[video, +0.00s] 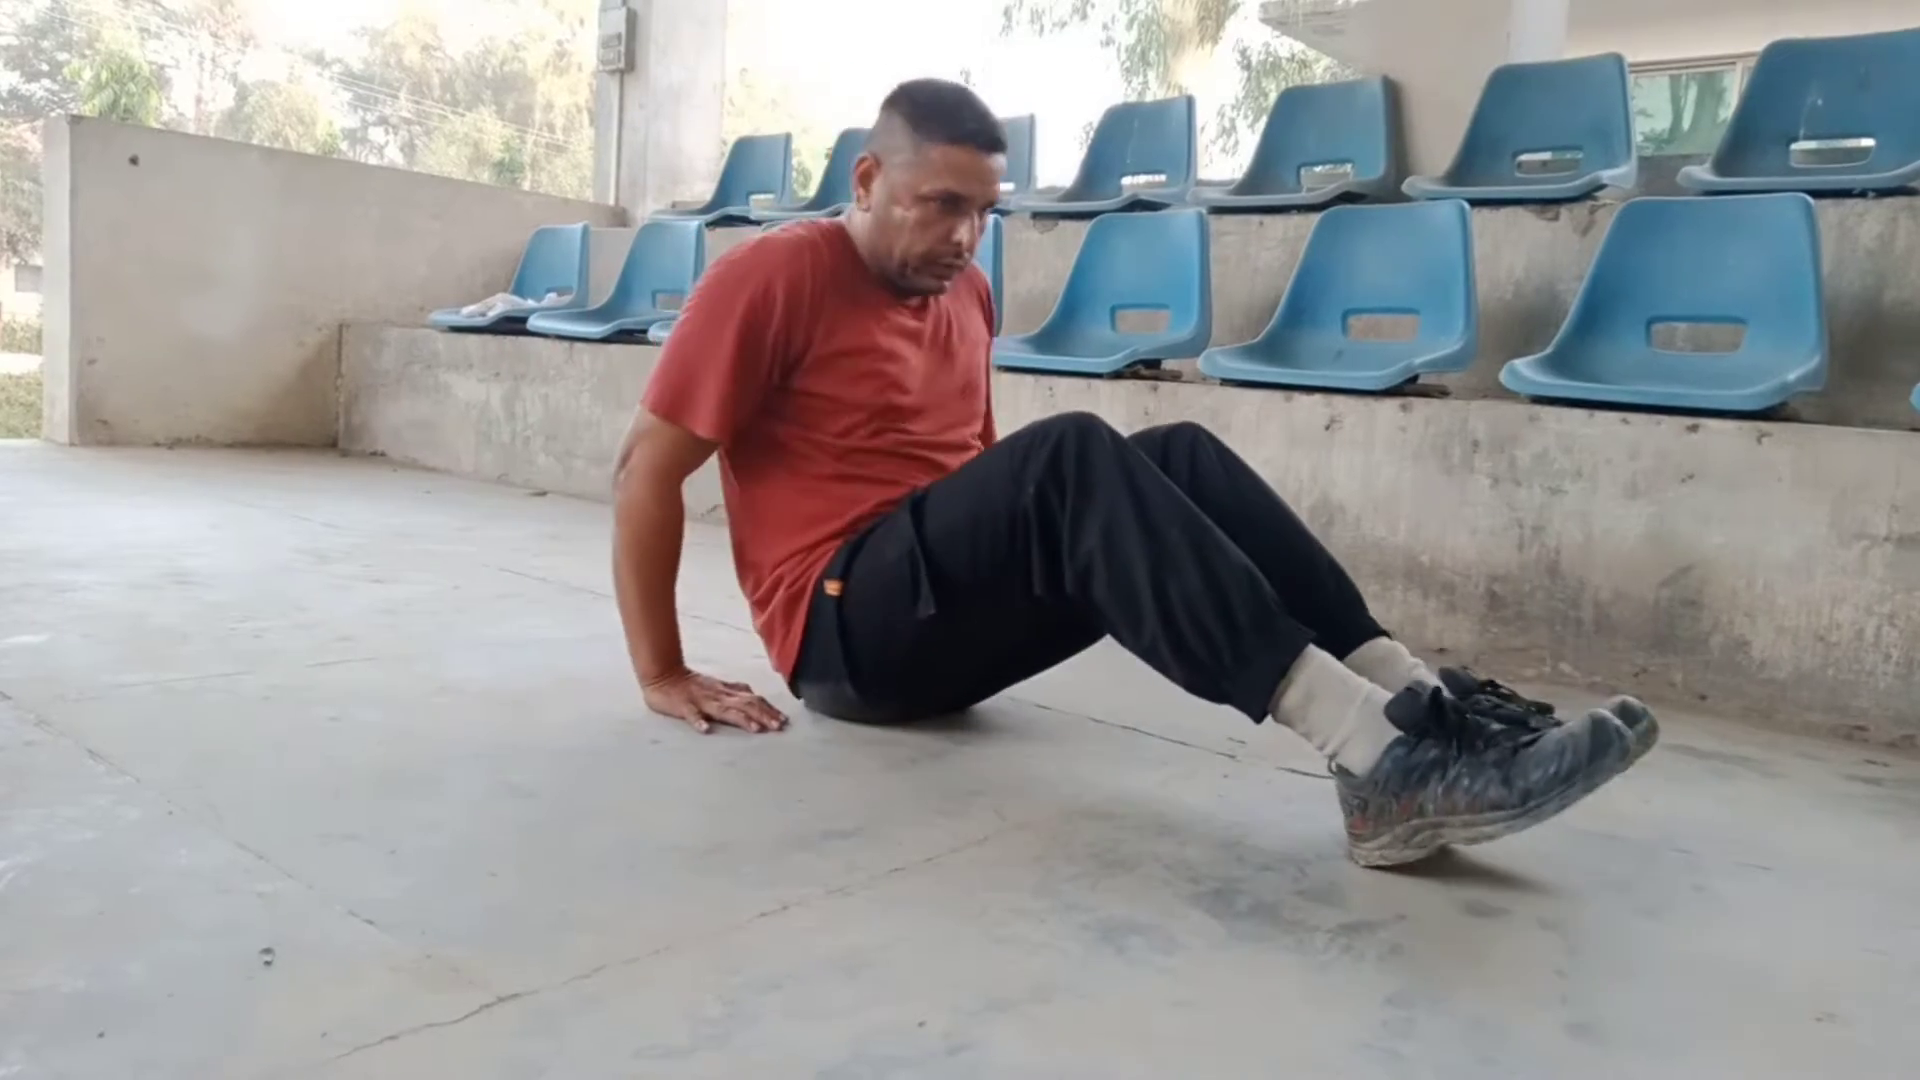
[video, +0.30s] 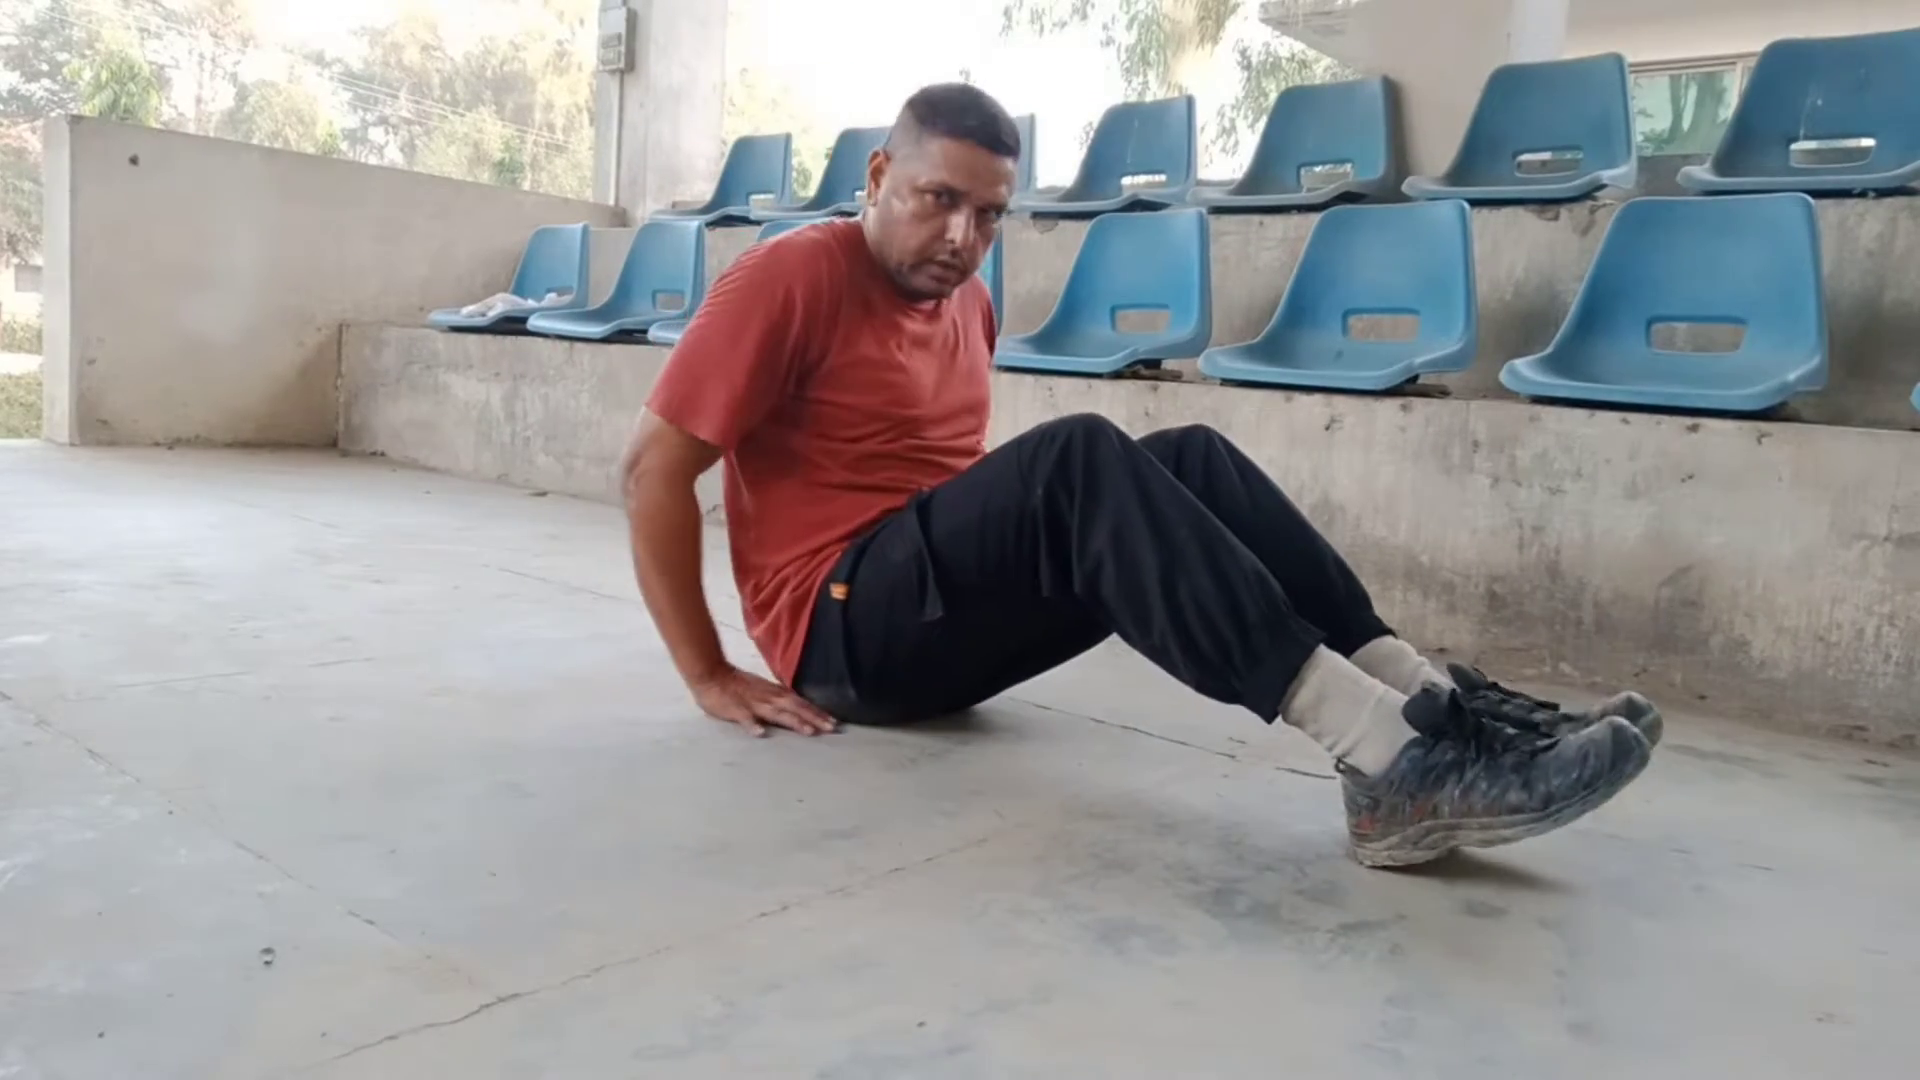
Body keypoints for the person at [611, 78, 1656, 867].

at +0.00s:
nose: (961, 235)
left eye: (978, 211)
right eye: (940, 205)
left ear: (985, 202)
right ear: (867, 183)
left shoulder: (962, 287)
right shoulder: (769, 275)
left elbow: (965, 455)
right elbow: (650, 462)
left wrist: (995, 601)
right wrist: (660, 677)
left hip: (948, 617)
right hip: (844, 627)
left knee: (1179, 454)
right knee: (1068, 451)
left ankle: (1434, 711)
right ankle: (1371, 759)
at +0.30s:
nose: (962, 234)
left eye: (986, 213)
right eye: (941, 202)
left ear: (1002, 213)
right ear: (875, 183)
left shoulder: (968, 298)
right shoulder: (789, 274)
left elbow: (931, 466)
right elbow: (655, 468)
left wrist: (936, 625)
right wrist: (705, 677)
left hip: (941, 618)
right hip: (838, 627)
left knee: (1189, 457)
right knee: (1073, 453)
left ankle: (1440, 708)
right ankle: (1380, 759)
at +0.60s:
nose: (969, 236)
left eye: (988, 212)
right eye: (946, 205)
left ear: (998, 206)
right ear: (874, 185)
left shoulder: (970, 298)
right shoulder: (786, 276)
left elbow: (929, 469)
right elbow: (662, 475)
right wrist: (709, 679)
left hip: (947, 617)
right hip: (843, 628)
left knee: (1196, 460)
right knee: (1071, 453)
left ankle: (1449, 708)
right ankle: (1375, 756)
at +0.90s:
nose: (959, 222)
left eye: (972, 199)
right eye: (938, 194)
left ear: (973, 197)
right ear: (859, 182)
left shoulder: (949, 300)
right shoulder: (763, 278)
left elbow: (932, 471)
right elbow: (656, 480)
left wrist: (910, 640)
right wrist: (710, 681)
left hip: (935, 613)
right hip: (839, 624)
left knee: (1178, 455)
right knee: (1078, 453)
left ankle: (1433, 707)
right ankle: (1379, 745)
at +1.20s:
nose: (957, 220)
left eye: (968, 196)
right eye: (935, 194)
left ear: (965, 194)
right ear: (854, 183)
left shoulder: (947, 298)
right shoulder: (760, 281)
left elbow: (932, 466)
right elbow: (652, 482)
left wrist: (948, 617)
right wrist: (710, 679)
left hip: (937, 603)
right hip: (842, 620)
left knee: (1181, 458)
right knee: (1099, 471)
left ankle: (1449, 719)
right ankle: (1408, 758)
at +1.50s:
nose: (959, 226)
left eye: (973, 203)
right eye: (938, 198)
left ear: (973, 203)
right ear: (858, 187)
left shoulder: (946, 302)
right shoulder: (764, 286)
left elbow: (923, 463)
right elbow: (618, 461)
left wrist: (951, 607)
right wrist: (656, 674)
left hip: (936, 601)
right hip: (845, 618)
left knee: (1180, 456)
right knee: (1100, 472)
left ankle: (1452, 712)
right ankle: (1411, 764)